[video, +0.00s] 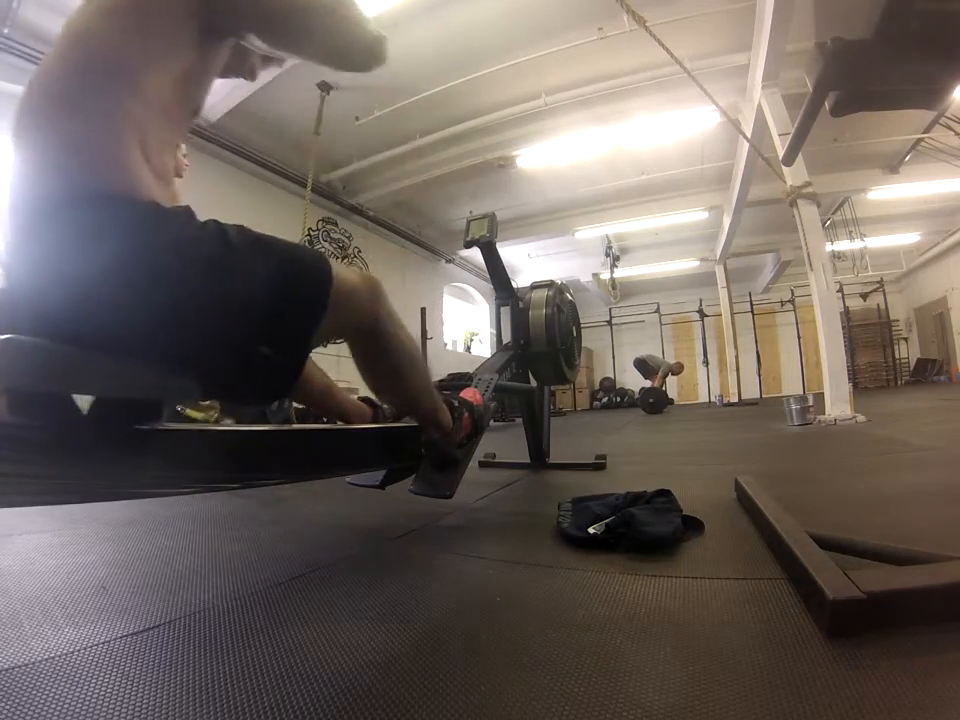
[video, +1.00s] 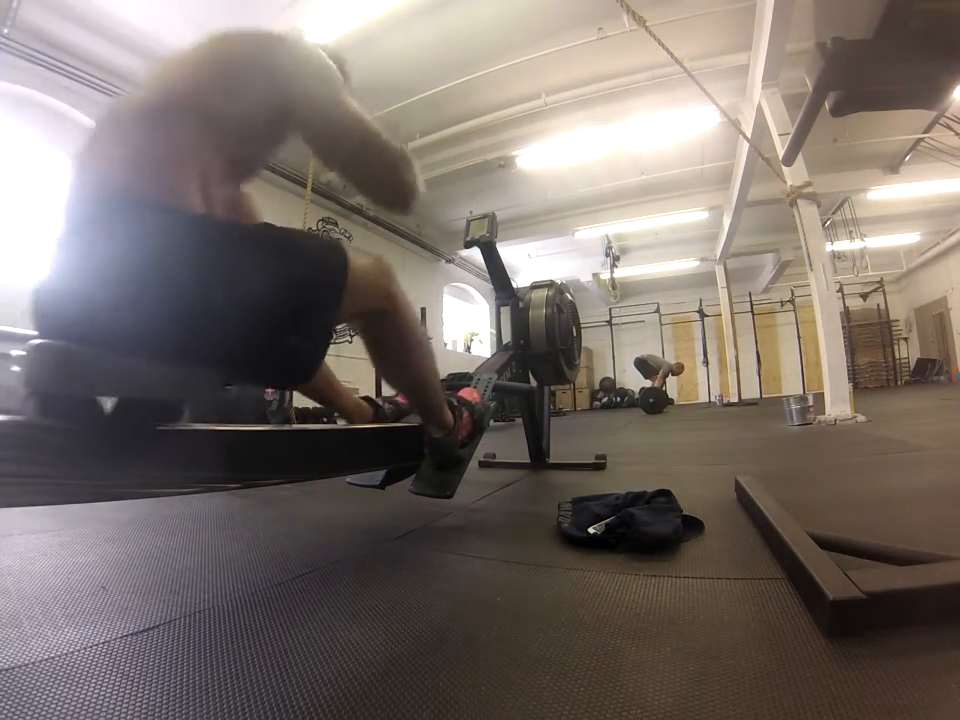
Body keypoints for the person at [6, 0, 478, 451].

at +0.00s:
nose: (262, 74)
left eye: (269, 69)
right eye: (266, 59)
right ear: (250, 18)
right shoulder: (200, 7)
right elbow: (366, 49)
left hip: (41, 259)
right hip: (119, 247)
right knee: (362, 296)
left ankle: (362, 421)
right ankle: (443, 430)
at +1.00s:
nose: (330, 112)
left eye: (334, 101)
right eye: (334, 96)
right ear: (323, 65)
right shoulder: (289, 56)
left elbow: (252, 246)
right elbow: (400, 190)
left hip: (73, 292)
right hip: (167, 279)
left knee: (267, 307)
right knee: (378, 285)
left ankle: (358, 411)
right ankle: (447, 427)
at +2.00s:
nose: (398, 143)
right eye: (394, 133)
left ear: (330, 99)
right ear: (381, 118)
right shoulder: (374, 128)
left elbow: (319, 262)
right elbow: (465, 255)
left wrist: (405, 343)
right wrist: (464, 351)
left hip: (147, 323)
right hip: (238, 303)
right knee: (423, 263)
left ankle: (363, 418)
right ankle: (443, 426)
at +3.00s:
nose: (390, 161)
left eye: (392, 152)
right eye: (392, 152)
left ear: (333, 117)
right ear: (384, 140)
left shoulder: (273, 139)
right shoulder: (378, 165)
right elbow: (384, 290)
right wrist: (373, 370)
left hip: (143, 322)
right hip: (233, 300)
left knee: (299, 294)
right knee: (426, 258)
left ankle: (363, 416)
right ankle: (444, 424)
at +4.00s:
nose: (243, 35)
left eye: (245, 32)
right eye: (240, 24)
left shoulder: (107, 48)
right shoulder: (184, 12)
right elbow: (210, 101)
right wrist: (302, 262)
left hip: (56, 286)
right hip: (129, 272)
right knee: (376, 289)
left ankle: (359, 413)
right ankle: (445, 428)